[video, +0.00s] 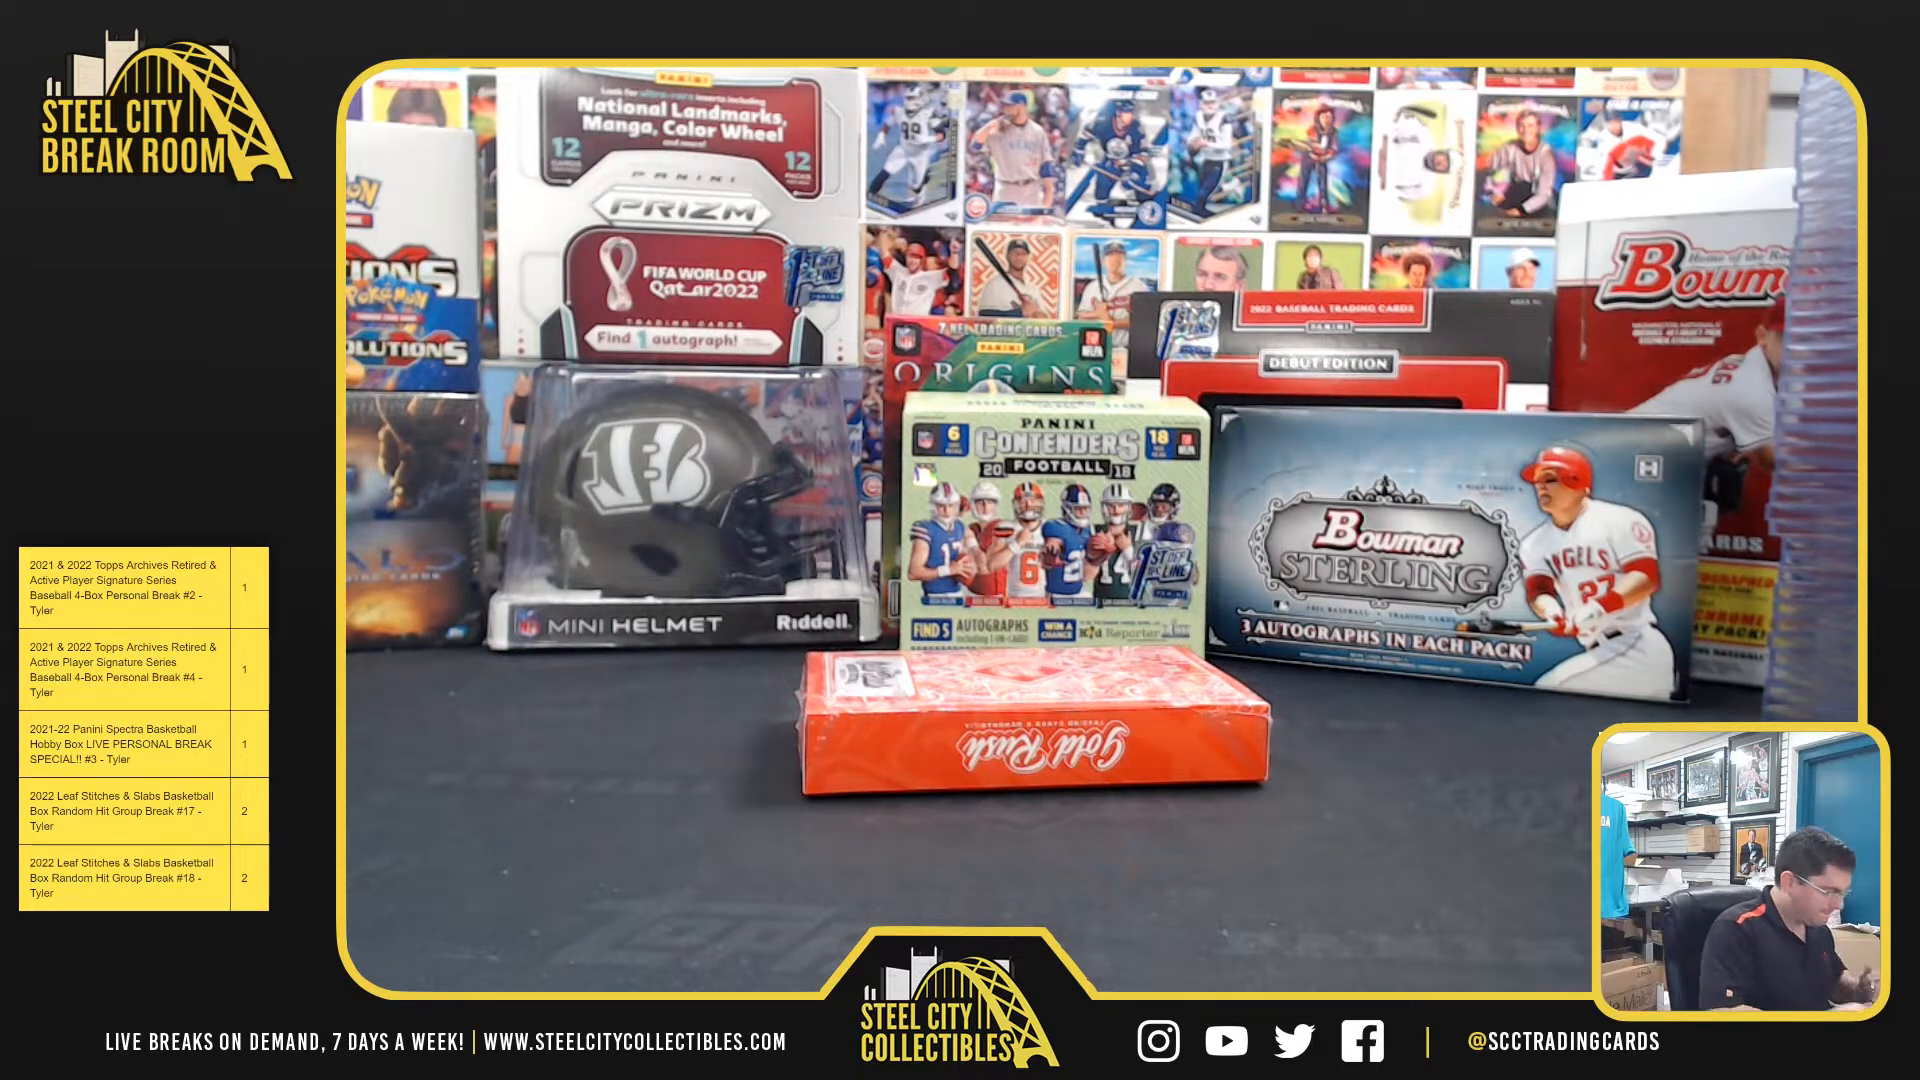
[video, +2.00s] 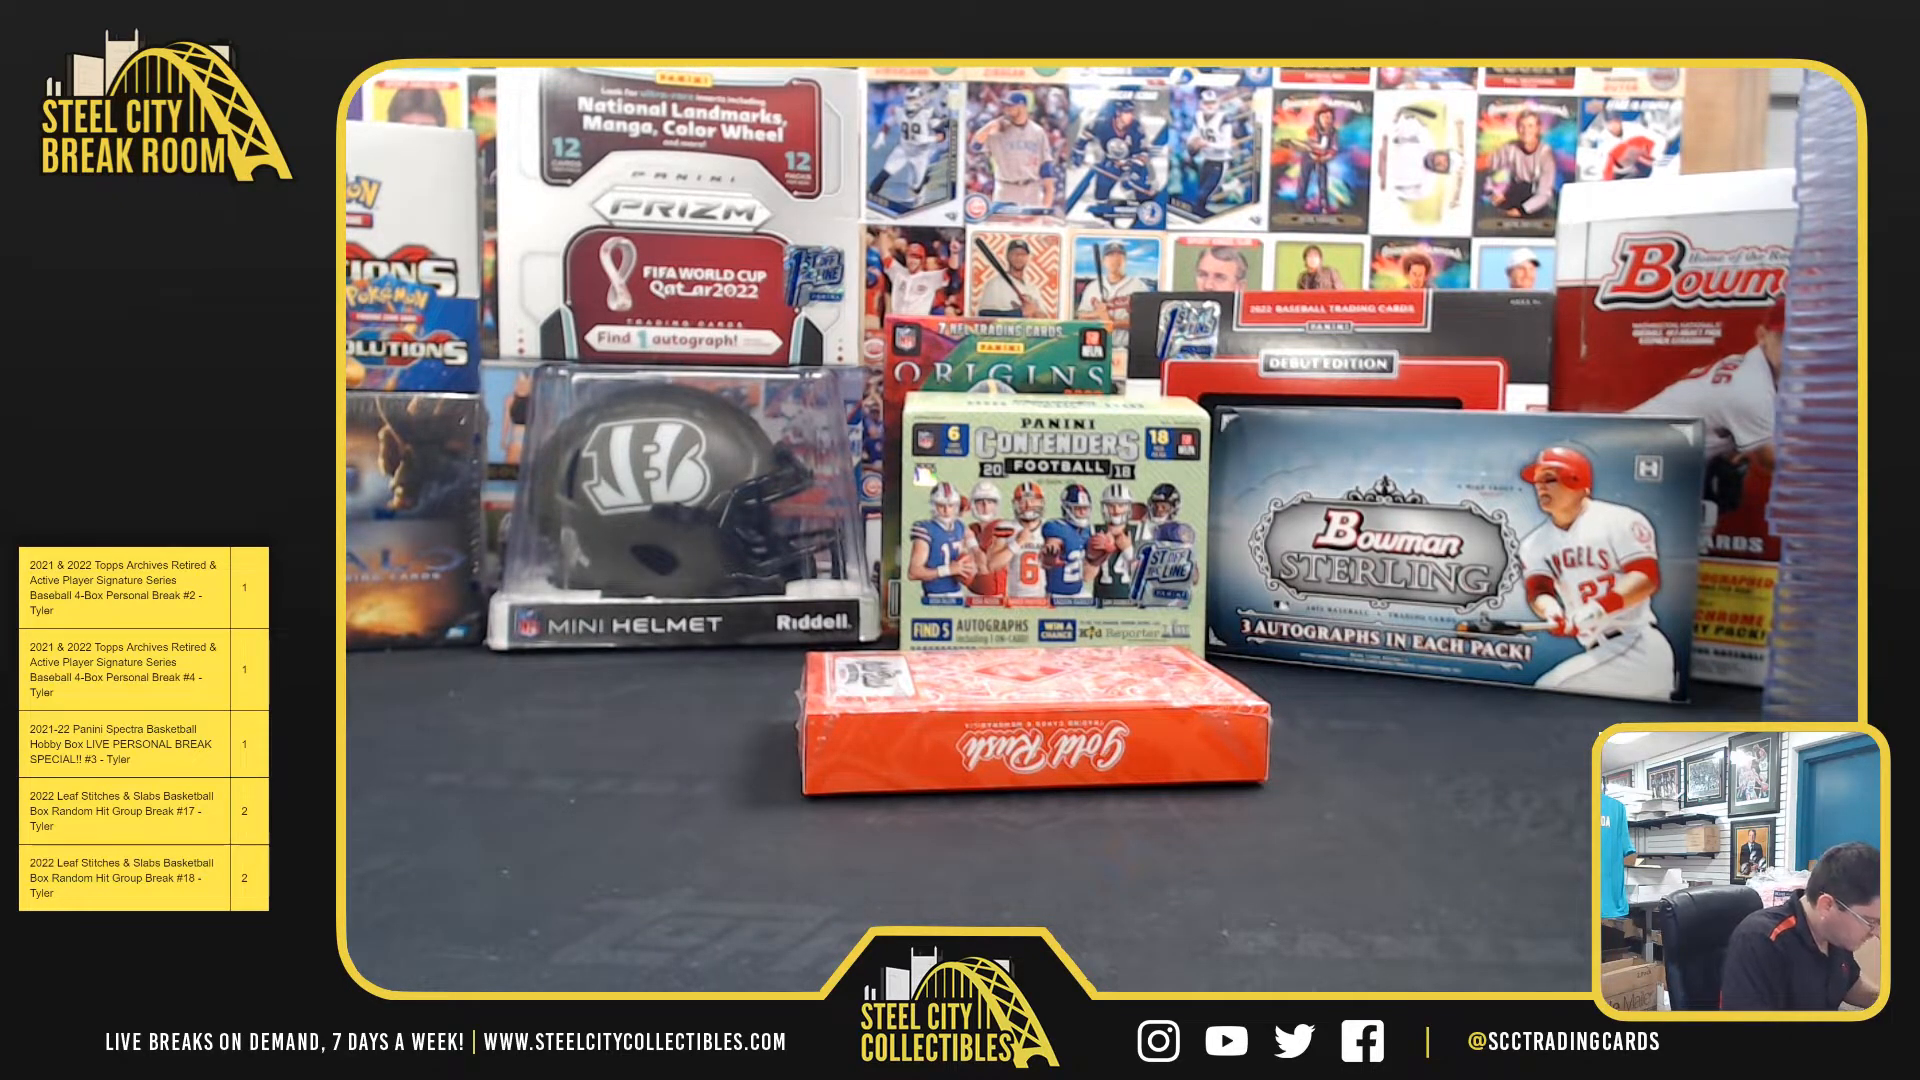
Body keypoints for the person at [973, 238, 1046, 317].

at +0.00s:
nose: (1019, 257)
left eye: (1023, 254)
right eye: (1016, 253)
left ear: (1028, 258)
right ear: (1008, 256)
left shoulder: (1033, 289)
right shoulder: (995, 284)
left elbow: (1045, 317)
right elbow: (986, 315)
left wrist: (1033, 310)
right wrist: (1020, 312)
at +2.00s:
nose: (1019, 258)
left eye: (1023, 254)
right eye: (1015, 254)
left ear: (1028, 258)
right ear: (1008, 256)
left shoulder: (1032, 288)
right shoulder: (995, 284)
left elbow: (1045, 317)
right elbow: (985, 314)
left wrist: (1034, 310)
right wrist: (1020, 313)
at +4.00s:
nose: (1019, 258)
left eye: (1023, 254)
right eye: (1016, 254)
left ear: (1028, 258)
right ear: (1008, 256)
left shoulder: (1032, 289)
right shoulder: (995, 285)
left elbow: (1044, 317)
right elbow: (985, 315)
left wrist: (1034, 311)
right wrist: (1020, 313)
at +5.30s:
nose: (1020, 257)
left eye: (1023, 254)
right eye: (1016, 254)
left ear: (1028, 257)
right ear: (1008, 256)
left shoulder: (1032, 288)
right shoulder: (995, 284)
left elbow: (1045, 316)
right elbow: (985, 316)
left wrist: (1034, 312)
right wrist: (1022, 313)